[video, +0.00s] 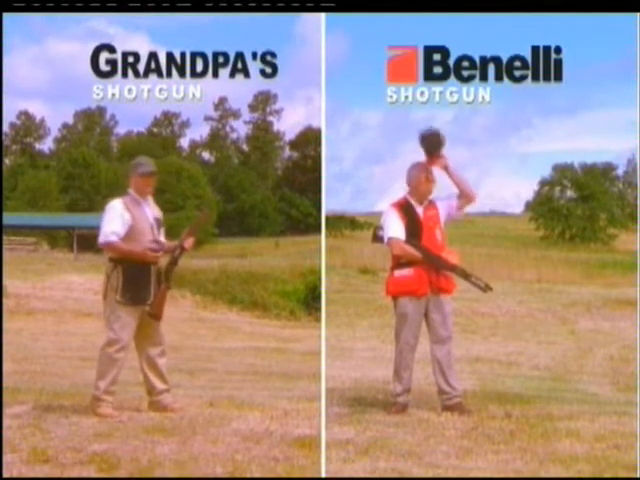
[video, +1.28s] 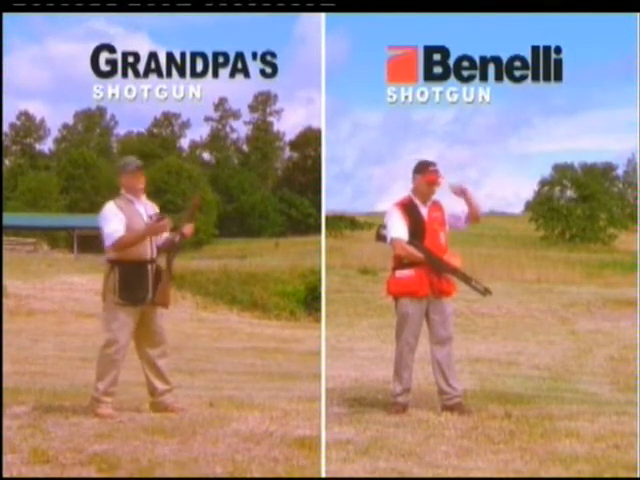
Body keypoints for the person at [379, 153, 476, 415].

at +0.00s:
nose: (431, 186)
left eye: (432, 181)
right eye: (426, 181)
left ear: (433, 183)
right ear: (412, 182)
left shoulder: (439, 208)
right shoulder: (395, 212)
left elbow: (468, 197)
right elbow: (397, 249)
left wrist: (447, 169)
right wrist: (432, 260)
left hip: (437, 281)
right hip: (409, 282)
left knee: (443, 340)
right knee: (406, 342)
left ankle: (450, 397)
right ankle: (400, 396)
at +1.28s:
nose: (434, 187)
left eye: (436, 182)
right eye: (430, 182)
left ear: (438, 183)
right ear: (416, 180)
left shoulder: (441, 208)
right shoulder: (398, 211)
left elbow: (473, 218)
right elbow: (399, 250)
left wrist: (466, 196)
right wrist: (434, 261)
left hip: (439, 282)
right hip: (410, 283)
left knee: (443, 340)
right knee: (407, 343)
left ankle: (451, 397)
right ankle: (401, 396)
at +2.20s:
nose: (448, 188)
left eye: (451, 183)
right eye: (443, 182)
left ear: (453, 184)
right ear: (430, 182)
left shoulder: (455, 210)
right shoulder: (412, 208)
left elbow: (462, 254)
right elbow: (414, 248)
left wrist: (461, 247)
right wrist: (445, 278)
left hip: (443, 280)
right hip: (414, 279)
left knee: (445, 340)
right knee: (407, 340)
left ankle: (450, 396)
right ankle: (400, 395)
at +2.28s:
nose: (447, 186)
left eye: (449, 181)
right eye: (442, 180)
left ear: (451, 183)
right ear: (428, 181)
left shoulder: (453, 210)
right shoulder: (411, 209)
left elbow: (460, 252)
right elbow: (412, 247)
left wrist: (461, 246)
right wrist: (442, 277)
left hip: (442, 280)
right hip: (414, 279)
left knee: (445, 340)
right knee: (407, 341)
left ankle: (450, 396)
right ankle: (400, 395)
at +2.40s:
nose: (443, 184)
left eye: (445, 178)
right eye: (438, 178)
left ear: (446, 181)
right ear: (424, 181)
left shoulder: (451, 210)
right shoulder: (408, 210)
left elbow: (458, 254)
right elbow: (407, 247)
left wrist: (460, 244)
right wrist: (436, 274)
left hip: (442, 280)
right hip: (413, 281)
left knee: (445, 341)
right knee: (407, 342)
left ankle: (451, 397)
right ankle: (400, 395)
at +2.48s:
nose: (440, 183)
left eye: (442, 178)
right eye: (434, 178)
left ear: (444, 180)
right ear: (421, 180)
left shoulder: (449, 210)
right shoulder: (406, 210)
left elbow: (458, 255)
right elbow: (401, 247)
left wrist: (461, 242)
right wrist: (432, 269)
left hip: (441, 280)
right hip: (412, 282)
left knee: (445, 341)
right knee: (407, 342)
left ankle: (451, 397)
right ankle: (400, 395)